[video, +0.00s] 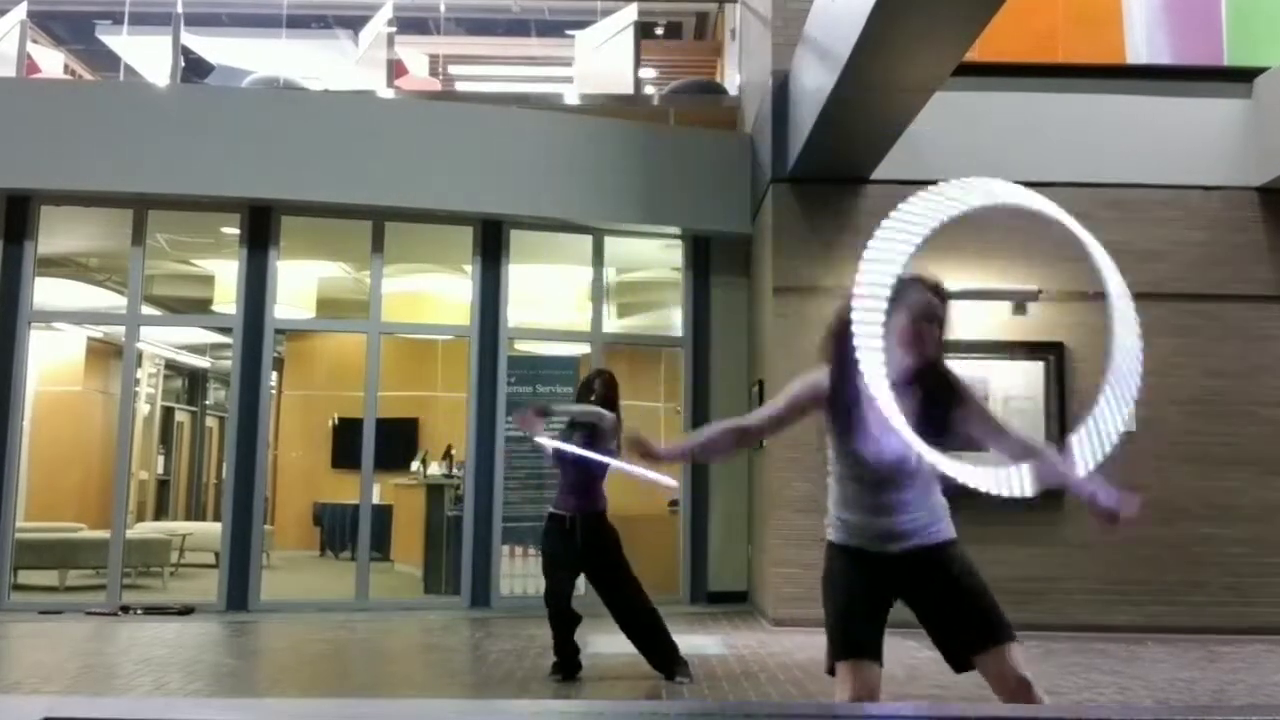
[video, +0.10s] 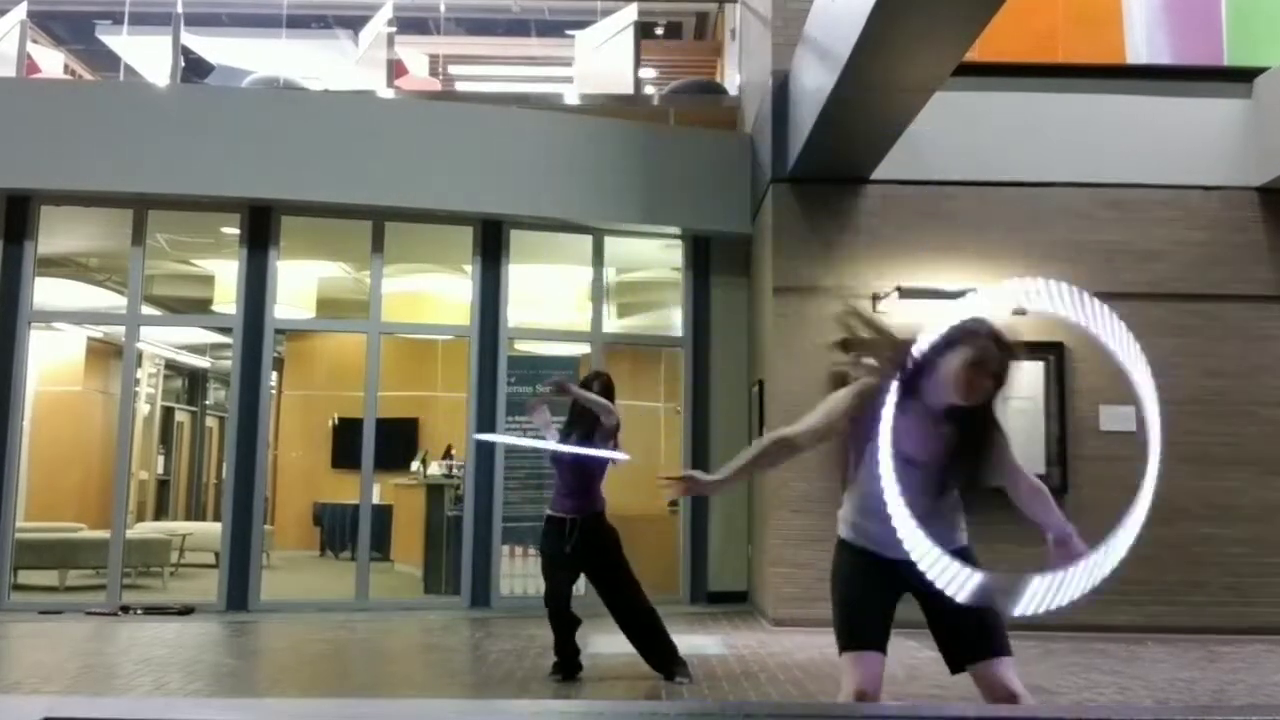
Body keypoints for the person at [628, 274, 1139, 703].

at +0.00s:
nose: (921, 334)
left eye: (932, 324)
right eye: (912, 319)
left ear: (941, 333)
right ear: (882, 322)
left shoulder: (944, 393)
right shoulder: (835, 383)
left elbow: (1018, 447)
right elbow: (751, 429)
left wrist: (1094, 490)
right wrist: (671, 454)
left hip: (931, 548)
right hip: (855, 552)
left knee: (1008, 679)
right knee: (859, 688)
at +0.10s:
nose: (979, 381)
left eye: (989, 375)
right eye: (974, 364)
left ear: (992, 386)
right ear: (941, 353)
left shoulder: (975, 425)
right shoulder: (870, 397)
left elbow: (1019, 481)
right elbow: (790, 439)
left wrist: (1058, 527)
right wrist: (719, 480)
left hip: (943, 556)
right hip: (866, 552)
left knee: (1004, 691)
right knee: (863, 689)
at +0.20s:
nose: (1025, 375)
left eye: (1037, 372)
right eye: (1023, 359)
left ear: (1039, 382)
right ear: (997, 344)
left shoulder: (1018, 417)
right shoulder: (921, 378)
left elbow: (1039, 484)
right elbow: (840, 419)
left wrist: (1068, 546)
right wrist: (772, 463)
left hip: (955, 543)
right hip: (877, 536)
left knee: (1007, 684)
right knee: (864, 685)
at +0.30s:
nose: (1063, 329)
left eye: (1074, 322)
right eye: (1062, 313)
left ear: (1078, 322)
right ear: (1038, 294)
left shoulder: (1046, 367)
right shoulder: (945, 327)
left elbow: (1072, 463)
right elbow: (865, 382)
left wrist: (1110, 545)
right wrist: (793, 427)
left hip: (971, 523)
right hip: (891, 513)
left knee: (1015, 681)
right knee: (867, 675)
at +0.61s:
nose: (1030, 317)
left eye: (1042, 309)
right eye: (1032, 300)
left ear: (1041, 311)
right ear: (1008, 282)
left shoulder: (1029, 357)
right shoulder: (925, 322)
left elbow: (1057, 451)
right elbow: (861, 388)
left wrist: (1141, 478)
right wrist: (816, 433)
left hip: (971, 529)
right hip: (897, 520)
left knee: (1028, 687)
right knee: (885, 691)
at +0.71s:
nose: (1005, 326)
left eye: (1013, 317)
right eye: (1000, 313)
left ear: (1016, 321)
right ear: (975, 300)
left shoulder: (994, 385)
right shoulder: (905, 337)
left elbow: (1038, 447)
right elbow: (846, 399)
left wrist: (1126, 435)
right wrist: (823, 442)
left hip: (963, 540)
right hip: (891, 537)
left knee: (1029, 686)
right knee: (889, 696)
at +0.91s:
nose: (954, 311)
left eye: (954, 302)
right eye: (944, 301)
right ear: (913, 307)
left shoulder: (942, 390)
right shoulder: (871, 342)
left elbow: (1002, 439)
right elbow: (822, 412)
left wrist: (1073, 414)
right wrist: (845, 444)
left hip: (937, 539)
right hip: (872, 538)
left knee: (1009, 683)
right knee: (887, 695)